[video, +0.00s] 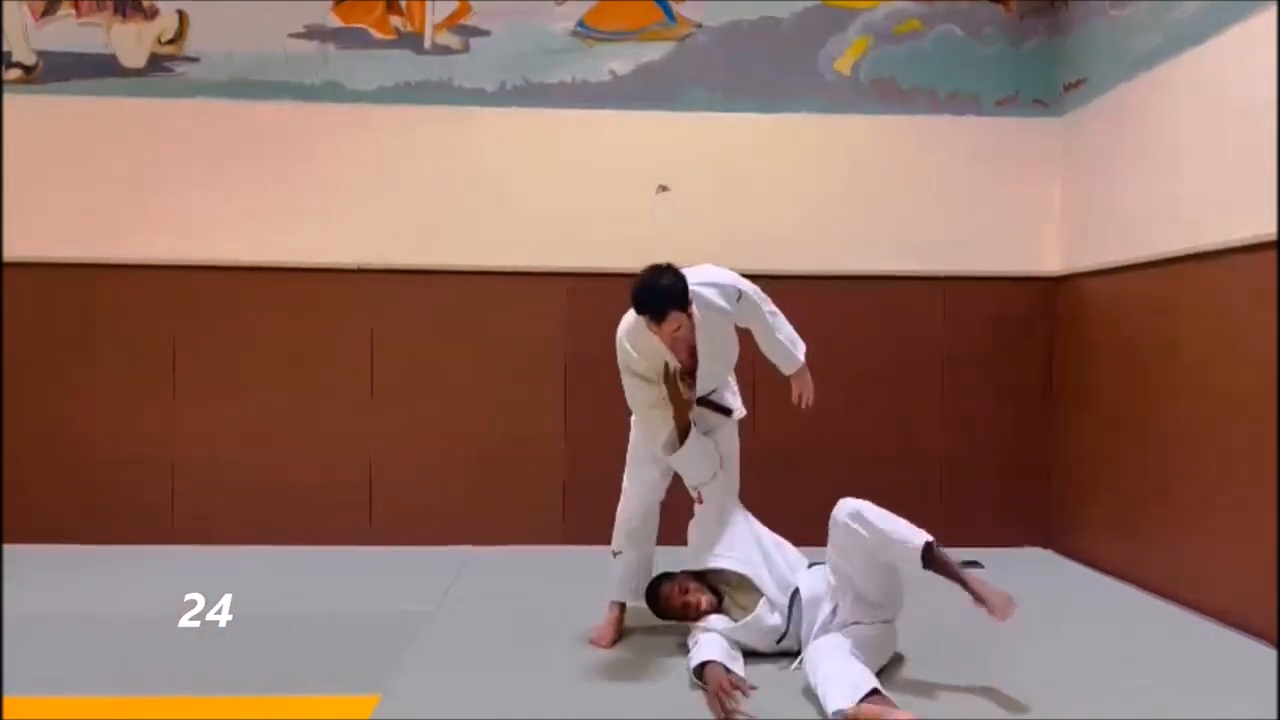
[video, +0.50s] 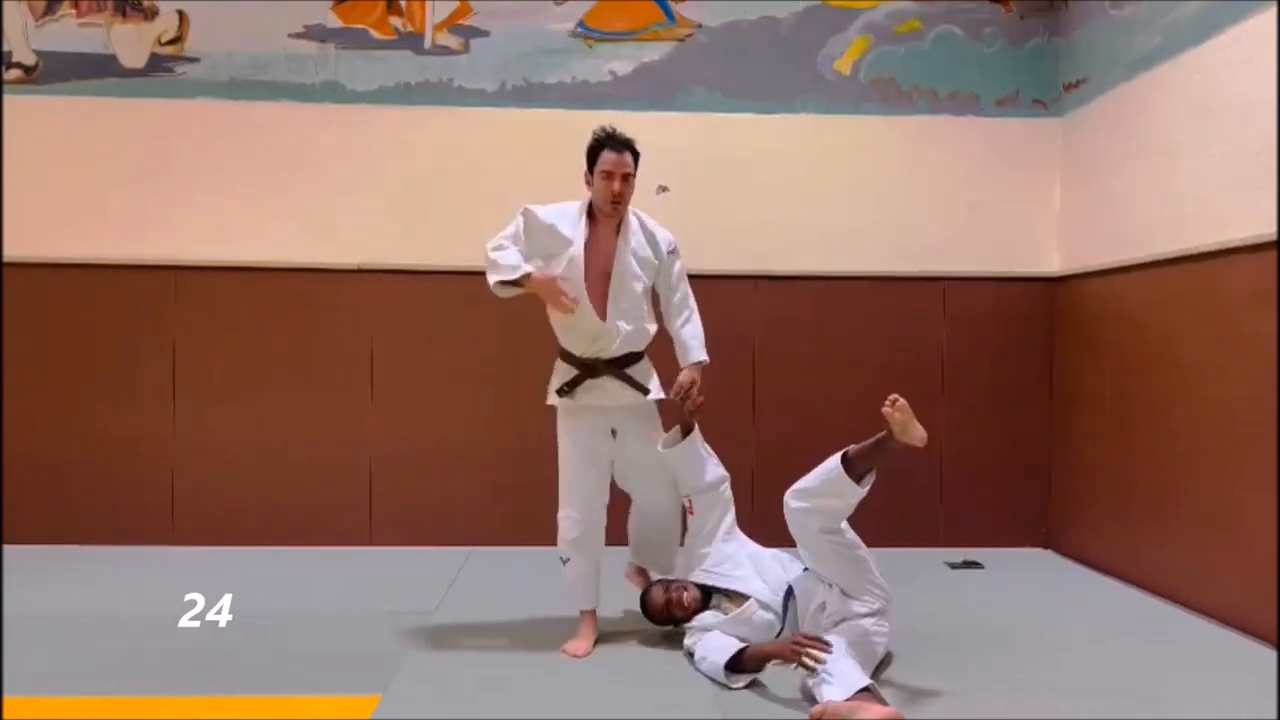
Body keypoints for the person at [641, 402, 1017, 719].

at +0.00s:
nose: (689, 602)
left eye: (682, 592)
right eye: (681, 609)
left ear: (689, 573)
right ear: (684, 617)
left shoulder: (725, 542)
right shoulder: (718, 626)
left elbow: (713, 475)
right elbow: (707, 644)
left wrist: (687, 414)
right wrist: (711, 670)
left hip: (857, 585)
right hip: (845, 638)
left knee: (849, 512)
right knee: (820, 658)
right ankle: (878, 708)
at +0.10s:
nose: (688, 601)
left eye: (682, 591)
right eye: (679, 609)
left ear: (690, 576)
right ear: (683, 618)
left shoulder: (730, 550)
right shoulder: (713, 627)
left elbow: (714, 480)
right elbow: (706, 647)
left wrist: (686, 426)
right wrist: (715, 675)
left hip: (852, 585)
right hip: (842, 639)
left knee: (834, 510)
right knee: (819, 658)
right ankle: (870, 709)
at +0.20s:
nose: (686, 602)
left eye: (680, 592)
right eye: (677, 610)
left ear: (688, 577)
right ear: (681, 621)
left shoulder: (727, 543)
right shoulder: (710, 628)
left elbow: (712, 480)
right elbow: (704, 651)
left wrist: (683, 430)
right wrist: (717, 673)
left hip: (847, 585)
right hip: (839, 636)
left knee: (825, 507)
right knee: (819, 657)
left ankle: (957, 495)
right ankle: (868, 710)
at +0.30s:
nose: (679, 599)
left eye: (673, 590)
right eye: (672, 609)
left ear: (683, 575)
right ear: (678, 621)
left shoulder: (720, 542)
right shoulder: (709, 627)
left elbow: (708, 475)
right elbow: (707, 653)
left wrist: (686, 423)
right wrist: (727, 675)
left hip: (848, 582)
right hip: (840, 635)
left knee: (813, 505)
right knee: (818, 658)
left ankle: (929, 471)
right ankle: (867, 707)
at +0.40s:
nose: (679, 598)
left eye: (671, 589)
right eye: (671, 608)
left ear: (679, 576)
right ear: (678, 621)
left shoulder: (720, 546)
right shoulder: (705, 632)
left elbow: (704, 485)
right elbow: (715, 660)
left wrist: (680, 427)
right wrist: (751, 664)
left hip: (845, 581)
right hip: (841, 634)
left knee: (804, 504)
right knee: (819, 655)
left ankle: (908, 451)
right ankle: (864, 704)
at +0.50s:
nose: (677, 597)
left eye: (669, 590)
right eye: (670, 608)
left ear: (676, 577)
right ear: (676, 621)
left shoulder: (713, 545)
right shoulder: (705, 633)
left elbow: (707, 485)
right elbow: (729, 661)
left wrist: (685, 425)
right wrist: (774, 650)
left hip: (844, 580)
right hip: (839, 635)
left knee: (801, 504)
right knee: (821, 668)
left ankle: (894, 437)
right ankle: (862, 703)